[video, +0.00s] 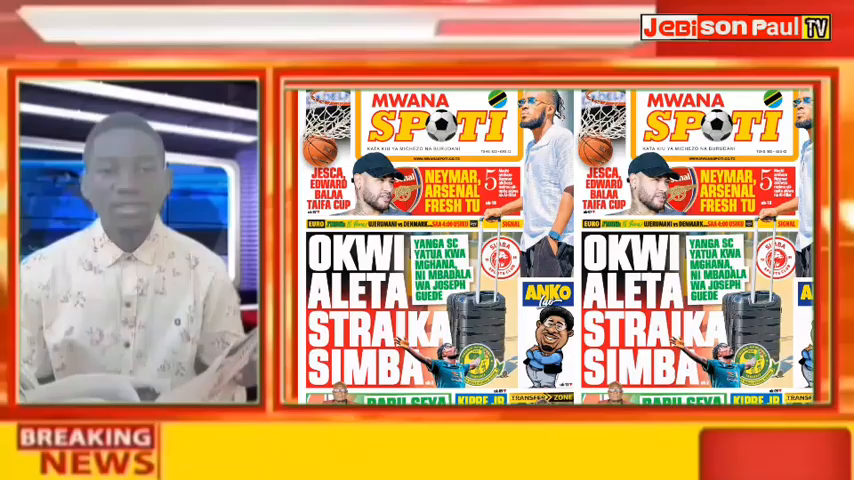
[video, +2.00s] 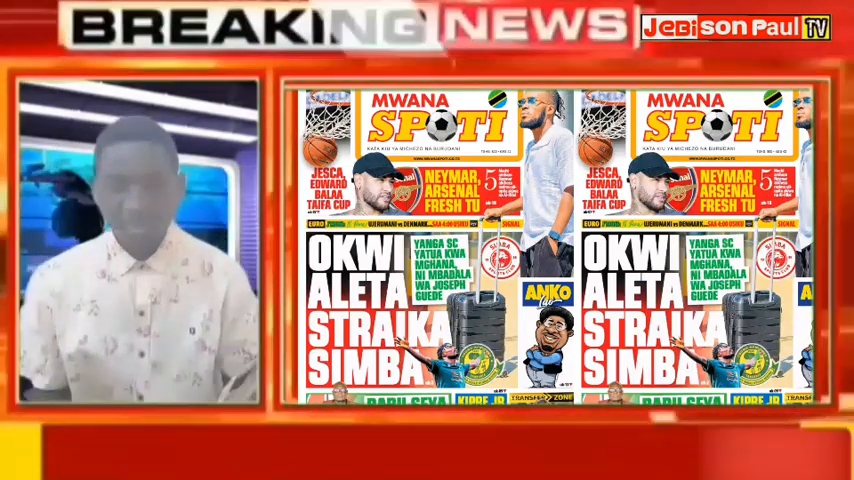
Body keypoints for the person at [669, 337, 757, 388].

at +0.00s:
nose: (729, 348)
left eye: (729, 347)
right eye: (724, 347)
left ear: (731, 351)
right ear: (718, 353)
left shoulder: (737, 366)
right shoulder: (714, 364)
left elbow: (749, 365)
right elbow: (698, 359)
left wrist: (754, 359)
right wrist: (684, 348)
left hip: (736, 401)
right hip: (720, 401)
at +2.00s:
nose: (729, 348)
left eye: (729, 347)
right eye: (724, 347)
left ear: (731, 351)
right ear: (718, 353)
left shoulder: (737, 366)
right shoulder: (714, 364)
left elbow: (749, 365)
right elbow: (698, 359)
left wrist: (754, 359)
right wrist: (684, 348)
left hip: (736, 401)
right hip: (720, 401)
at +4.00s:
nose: (729, 348)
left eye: (729, 347)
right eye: (724, 347)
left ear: (731, 351)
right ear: (718, 353)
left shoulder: (737, 366)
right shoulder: (714, 364)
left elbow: (750, 365)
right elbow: (698, 359)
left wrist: (755, 358)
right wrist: (683, 348)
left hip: (736, 401)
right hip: (720, 401)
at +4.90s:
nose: (729, 348)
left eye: (729, 347)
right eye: (725, 347)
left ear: (731, 351)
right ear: (718, 353)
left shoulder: (737, 366)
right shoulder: (714, 364)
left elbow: (749, 365)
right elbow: (698, 359)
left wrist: (754, 359)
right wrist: (684, 348)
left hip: (736, 400)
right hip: (720, 401)